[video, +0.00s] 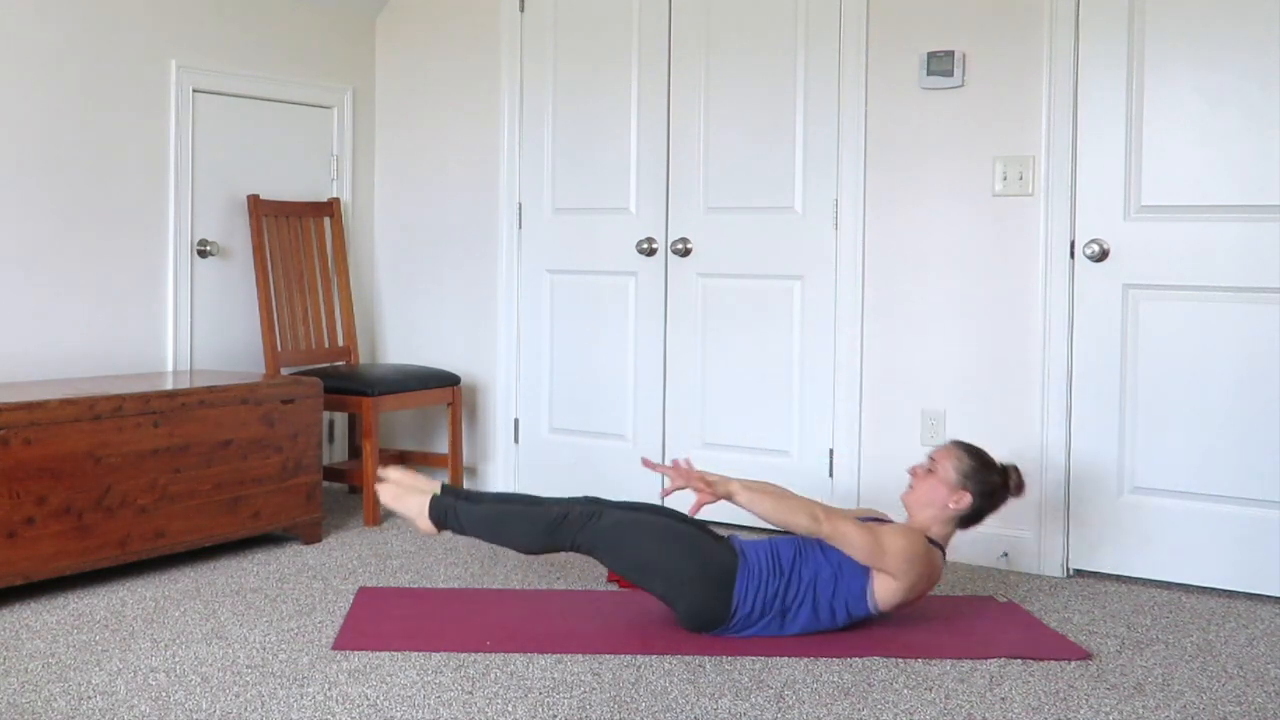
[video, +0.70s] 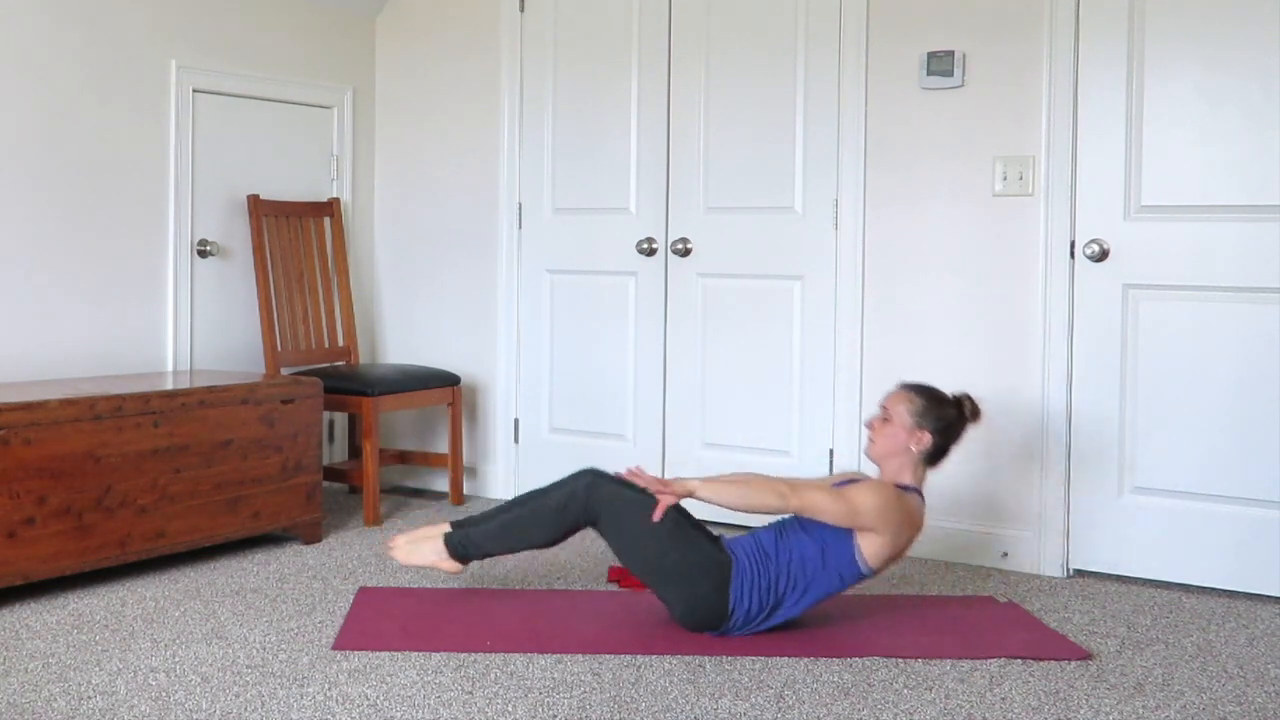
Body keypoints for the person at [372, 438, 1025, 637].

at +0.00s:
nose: (914, 475)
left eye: (931, 474)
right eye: (923, 465)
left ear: (958, 505)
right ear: (939, 492)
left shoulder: (910, 555)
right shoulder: (899, 534)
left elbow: (812, 519)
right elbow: (809, 516)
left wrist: (724, 486)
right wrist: (720, 488)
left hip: (728, 585)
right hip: (729, 569)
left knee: (583, 517)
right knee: (584, 513)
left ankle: (434, 505)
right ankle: (437, 500)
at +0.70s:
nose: (871, 427)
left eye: (886, 421)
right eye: (878, 416)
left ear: (919, 445)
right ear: (907, 439)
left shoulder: (888, 505)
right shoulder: (876, 491)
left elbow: (784, 496)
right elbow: (780, 492)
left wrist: (684, 489)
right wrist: (682, 486)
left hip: (726, 595)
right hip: (727, 570)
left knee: (595, 489)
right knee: (597, 485)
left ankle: (454, 546)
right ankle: (459, 537)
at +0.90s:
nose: (798, 373)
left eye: (810, 368)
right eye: (804, 364)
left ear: (843, 388)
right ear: (839, 390)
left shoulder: (831, 459)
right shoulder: (808, 442)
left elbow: (726, 485)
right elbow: (716, 462)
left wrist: (631, 501)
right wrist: (632, 494)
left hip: (716, 600)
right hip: (712, 580)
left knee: (638, 439)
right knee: (636, 437)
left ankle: (522, 526)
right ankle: (524, 516)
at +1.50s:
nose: (838, 393)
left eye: (852, 388)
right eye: (845, 383)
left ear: (885, 413)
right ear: (873, 409)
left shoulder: (865, 483)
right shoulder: (836, 465)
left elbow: (759, 498)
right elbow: (741, 475)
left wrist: (660, 502)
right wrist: (649, 490)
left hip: (716, 595)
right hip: (714, 570)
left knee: (619, 452)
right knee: (619, 450)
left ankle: (483, 514)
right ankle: (489, 509)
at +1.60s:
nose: (876, 425)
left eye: (891, 421)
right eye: (883, 415)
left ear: (920, 449)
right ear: (904, 439)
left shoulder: (887, 512)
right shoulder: (863, 488)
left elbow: (788, 513)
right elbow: (772, 489)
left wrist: (693, 507)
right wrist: (683, 485)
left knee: (596, 476)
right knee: (602, 471)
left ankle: (454, 513)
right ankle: (461, 509)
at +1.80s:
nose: (926, 485)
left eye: (943, 486)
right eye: (937, 478)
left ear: (966, 519)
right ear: (952, 507)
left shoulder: (914, 566)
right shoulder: (903, 543)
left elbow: (820, 532)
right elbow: (813, 524)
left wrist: (740, 498)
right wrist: (723, 494)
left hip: (732, 586)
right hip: (736, 565)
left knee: (594, 503)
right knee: (596, 500)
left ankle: (452, 472)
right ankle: (459, 470)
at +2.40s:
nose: (892, 438)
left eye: (910, 435)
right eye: (900, 428)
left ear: (940, 464)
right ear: (915, 450)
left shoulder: (907, 524)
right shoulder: (876, 494)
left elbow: (809, 524)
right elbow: (788, 496)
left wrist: (711, 514)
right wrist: (701, 496)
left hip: (729, 588)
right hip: (726, 565)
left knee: (597, 491)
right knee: (598, 487)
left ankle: (449, 520)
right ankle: (454, 514)